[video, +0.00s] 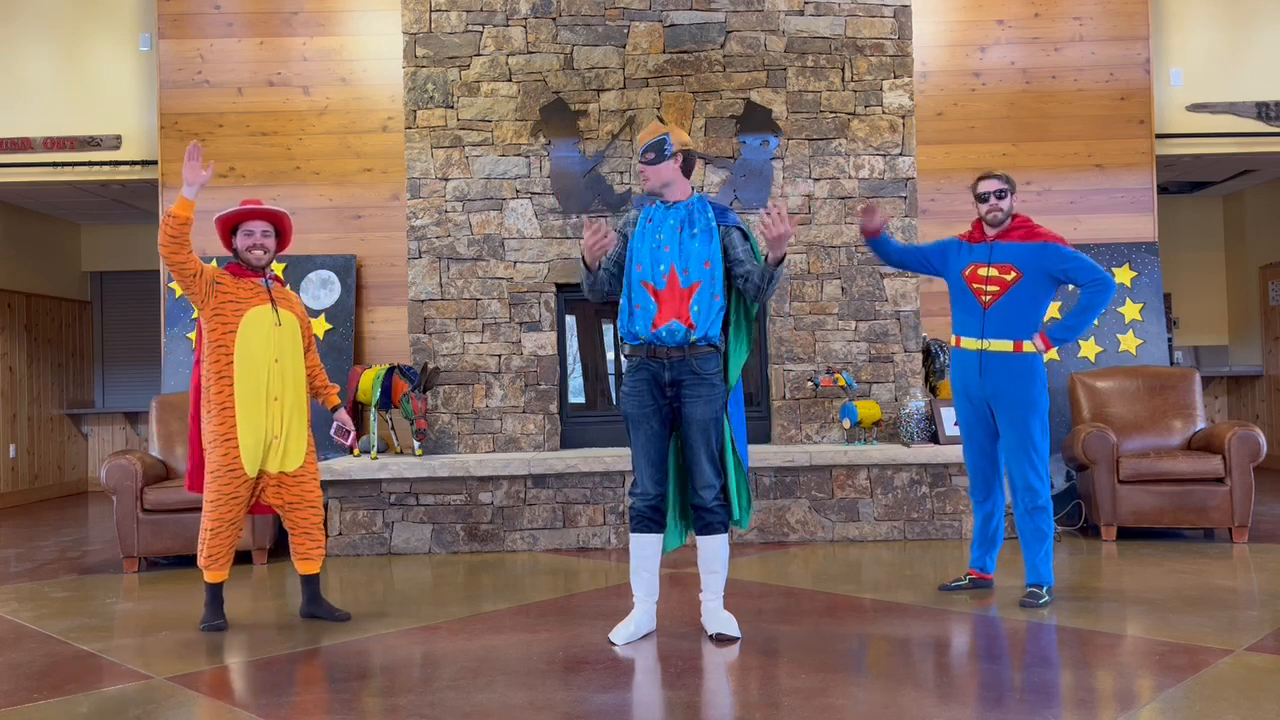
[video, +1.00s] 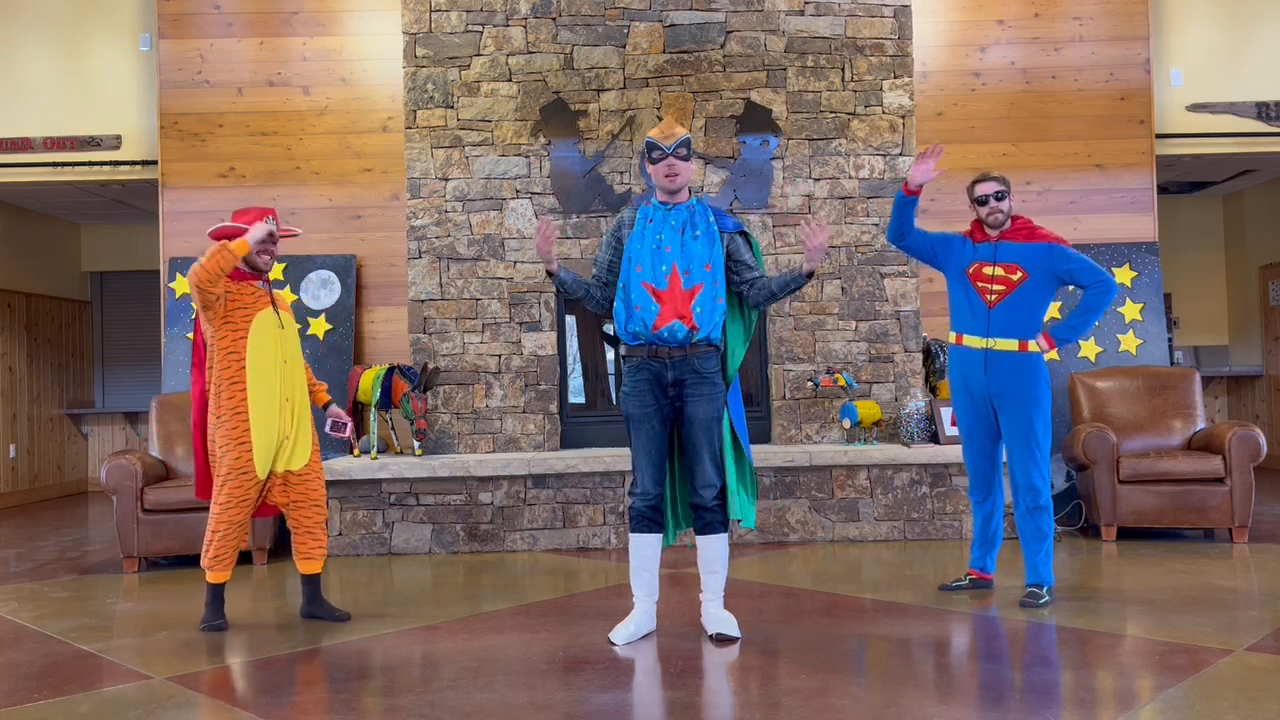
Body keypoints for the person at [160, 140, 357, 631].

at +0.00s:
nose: (257, 240)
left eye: (265, 233)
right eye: (247, 233)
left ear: (277, 243)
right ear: (233, 242)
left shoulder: (291, 299)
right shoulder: (211, 286)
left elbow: (310, 362)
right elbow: (174, 249)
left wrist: (335, 406)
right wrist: (188, 193)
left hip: (287, 422)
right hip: (230, 423)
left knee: (307, 503)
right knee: (222, 510)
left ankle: (312, 598)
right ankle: (214, 604)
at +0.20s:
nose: (257, 241)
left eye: (265, 234)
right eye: (247, 234)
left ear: (276, 244)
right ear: (233, 243)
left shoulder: (290, 300)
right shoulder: (211, 286)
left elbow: (310, 361)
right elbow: (168, 251)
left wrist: (332, 409)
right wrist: (185, 194)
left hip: (288, 422)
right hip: (231, 423)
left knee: (307, 505)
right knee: (222, 511)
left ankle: (312, 598)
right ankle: (214, 604)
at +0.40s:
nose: (257, 240)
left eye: (266, 234)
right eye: (248, 233)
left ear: (278, 243)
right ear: (233, 242)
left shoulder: (291, 299)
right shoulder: (209, 286)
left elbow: (312, 359)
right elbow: (157, 260)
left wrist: (336, 408)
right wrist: (189, 214)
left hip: (289, 421)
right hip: (231, 421)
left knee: (309, 503)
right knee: (223, 508)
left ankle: (312, 598)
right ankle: (214, 605)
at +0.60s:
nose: (257, 241)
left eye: (265, 235)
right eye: (248, 234)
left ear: (278, 244)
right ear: (233, 242)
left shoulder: (294, 301)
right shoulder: (210, 288)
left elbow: (316, 361)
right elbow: (153, 265)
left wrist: (342, 405)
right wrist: (187, 220)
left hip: (291, 423)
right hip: (232, 422)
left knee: (309, 504)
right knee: (224, 508)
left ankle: (313, 598)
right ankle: (214, 606)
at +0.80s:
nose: (261, 243)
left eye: (269, 237)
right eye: (252, 236)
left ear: (277, 246)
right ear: (234, 243)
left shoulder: (292, 302)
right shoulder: (212, 290)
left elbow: (314, 361)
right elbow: (168, 268)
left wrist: (345, 402)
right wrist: (203, 223)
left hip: (291, 424)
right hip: (235, 423)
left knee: (310, 502)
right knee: (227, 508)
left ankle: (313, 599)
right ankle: (215, 606)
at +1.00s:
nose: (271, 251)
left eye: (274, 245)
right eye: (262, 244)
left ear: (276, 248)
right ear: (239, 246)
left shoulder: (279, 300)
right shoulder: (219, 292)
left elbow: (294, 362)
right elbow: (201, 275)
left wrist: (327, 404)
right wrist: (245, 240)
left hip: (289, 418)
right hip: (239, 421)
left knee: (310, 498)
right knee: (231, 506)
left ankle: (313, 599)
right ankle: (214, 605)